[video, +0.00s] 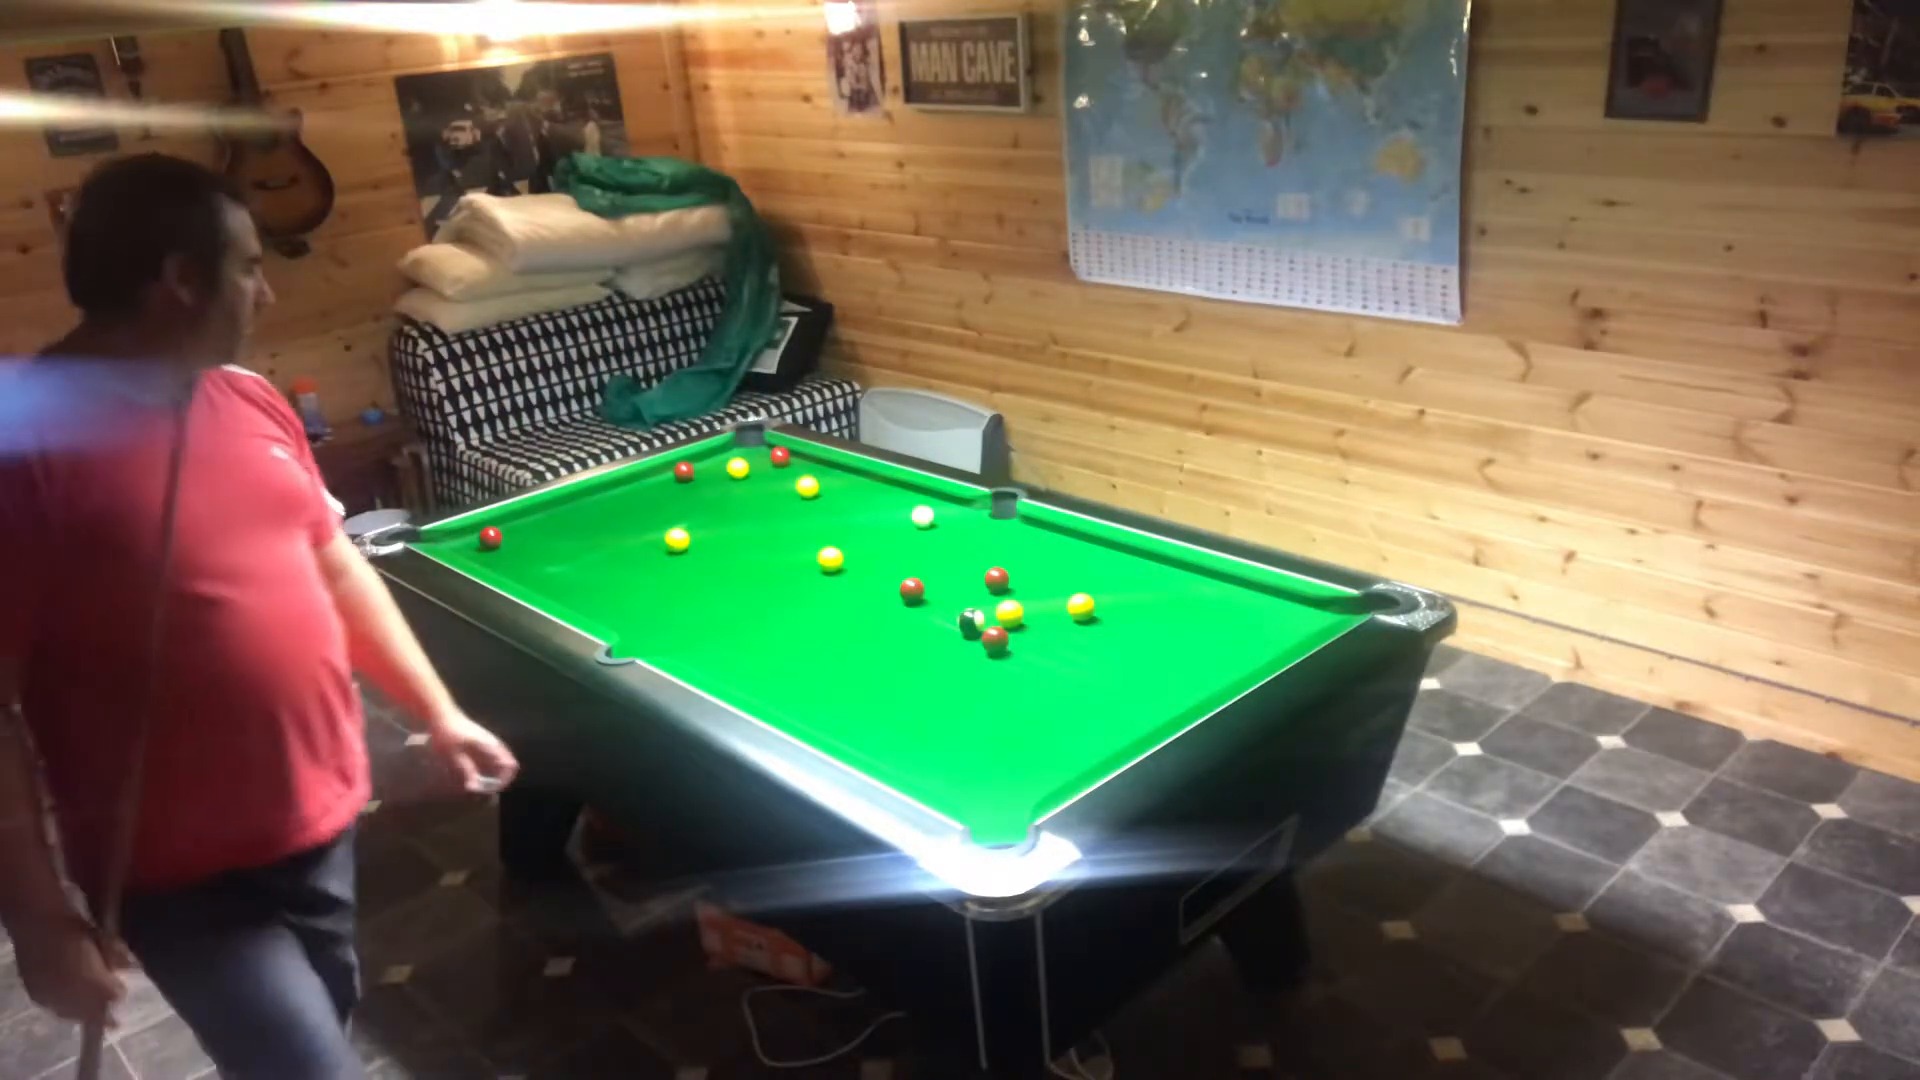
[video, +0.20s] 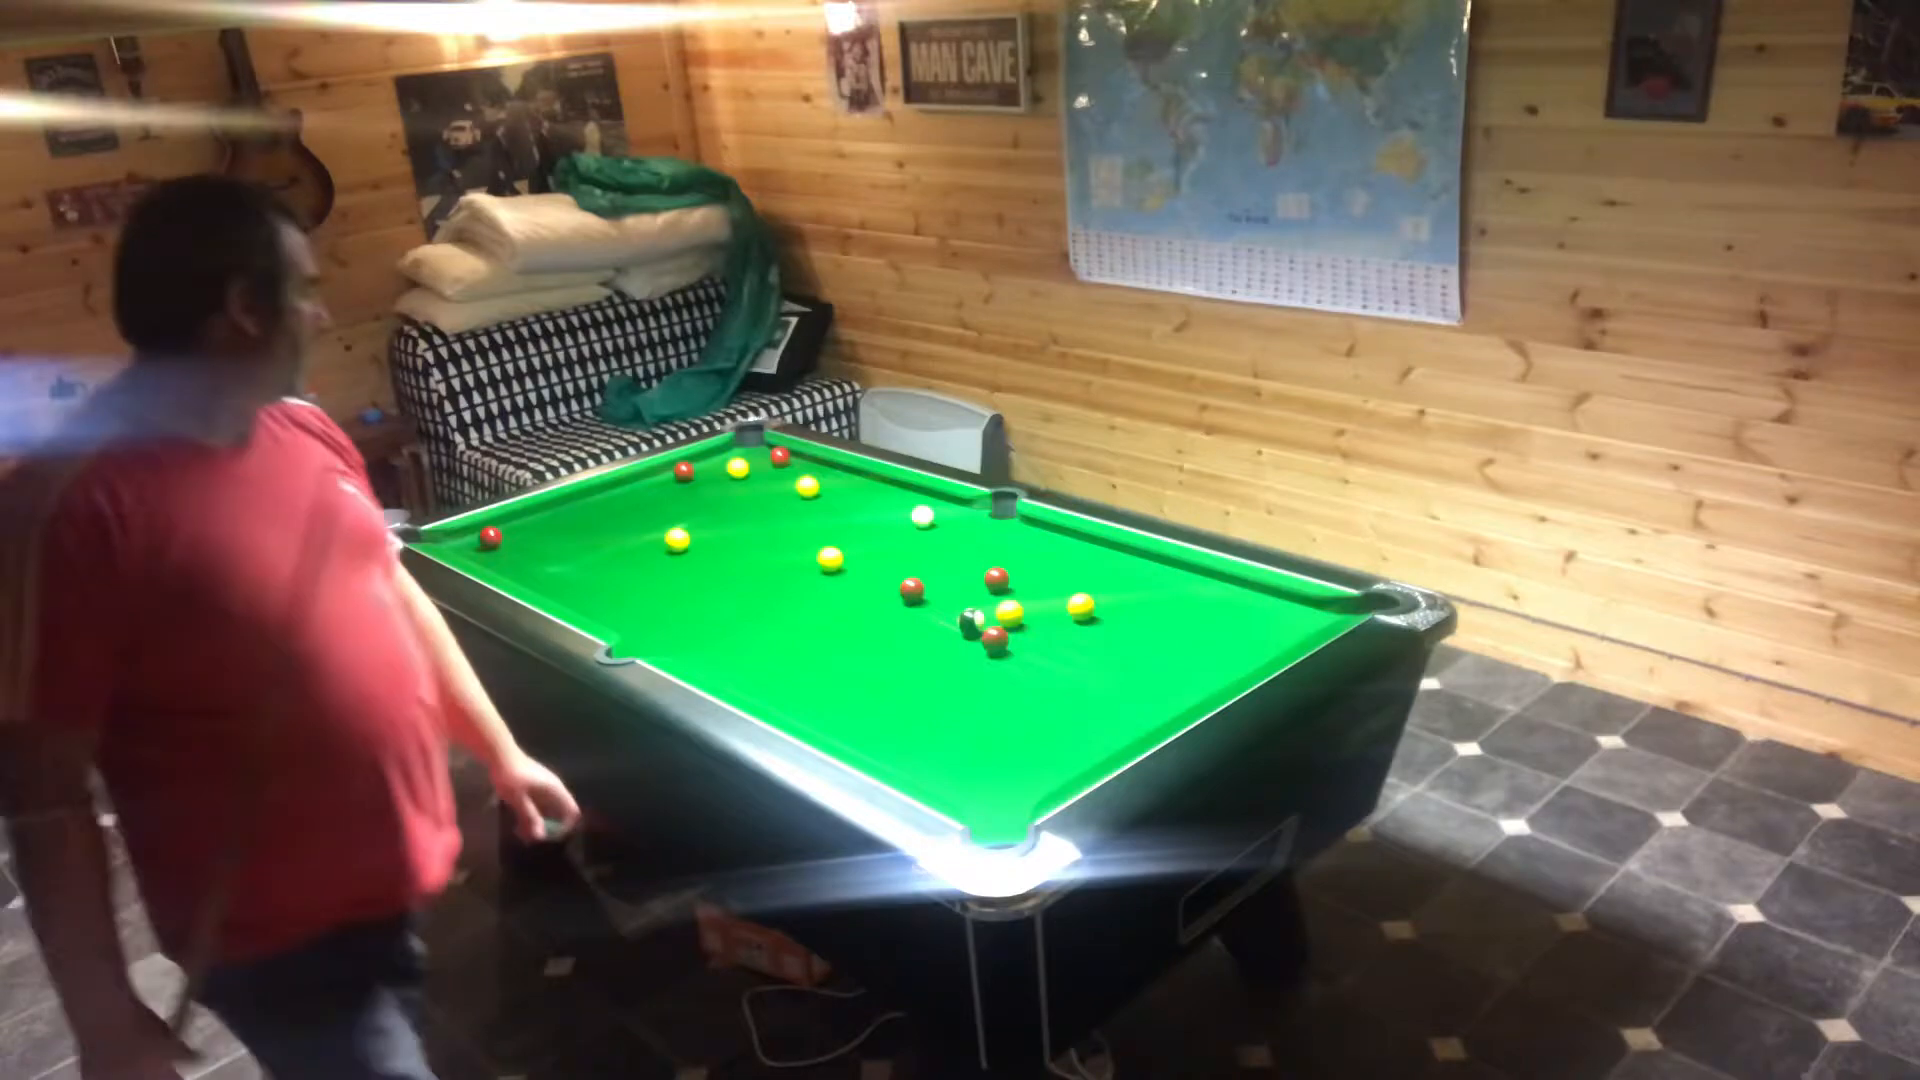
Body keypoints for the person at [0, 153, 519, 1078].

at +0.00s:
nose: (267, 292)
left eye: (262, 265)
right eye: (249, 265)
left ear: (183, 280)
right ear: (178, 279)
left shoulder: (252, 402)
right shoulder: (26, 427)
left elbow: (337, 562)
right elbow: (0, 702)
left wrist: (439, 713)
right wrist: (35, 910)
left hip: (324, 839)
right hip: (183, 876)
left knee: (321, 1057)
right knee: (320, 1067)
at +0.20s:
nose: (324, 314)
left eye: (316, 288)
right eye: (307, 290)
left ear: (251, 308)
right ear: (242, 309)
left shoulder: (301, 427)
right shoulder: (84, 498)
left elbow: (398, 591)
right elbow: (45, 789)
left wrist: (502, 752)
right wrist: (108, 1025)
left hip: (397, 883)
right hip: (278, 943)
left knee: (393, 1056)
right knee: (401, 1067)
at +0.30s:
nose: (361, 317)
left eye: (356, 291)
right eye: (345, 291)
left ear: (278, 312)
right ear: (281, 310)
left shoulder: (337, 433)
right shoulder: (107, 505)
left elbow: (419, 613)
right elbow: (95, 807)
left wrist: (510, 778)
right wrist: (160, 1047)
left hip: (453, 902)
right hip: (323, 966)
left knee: (461, 1051)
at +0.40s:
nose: (400, 313)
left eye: (395, 287)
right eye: (386, 288)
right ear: (324, 311)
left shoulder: (377, 437)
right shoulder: (153, 513)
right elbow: (149, 829)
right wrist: (229, 1057)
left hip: (530, 942)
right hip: (375, 1006)